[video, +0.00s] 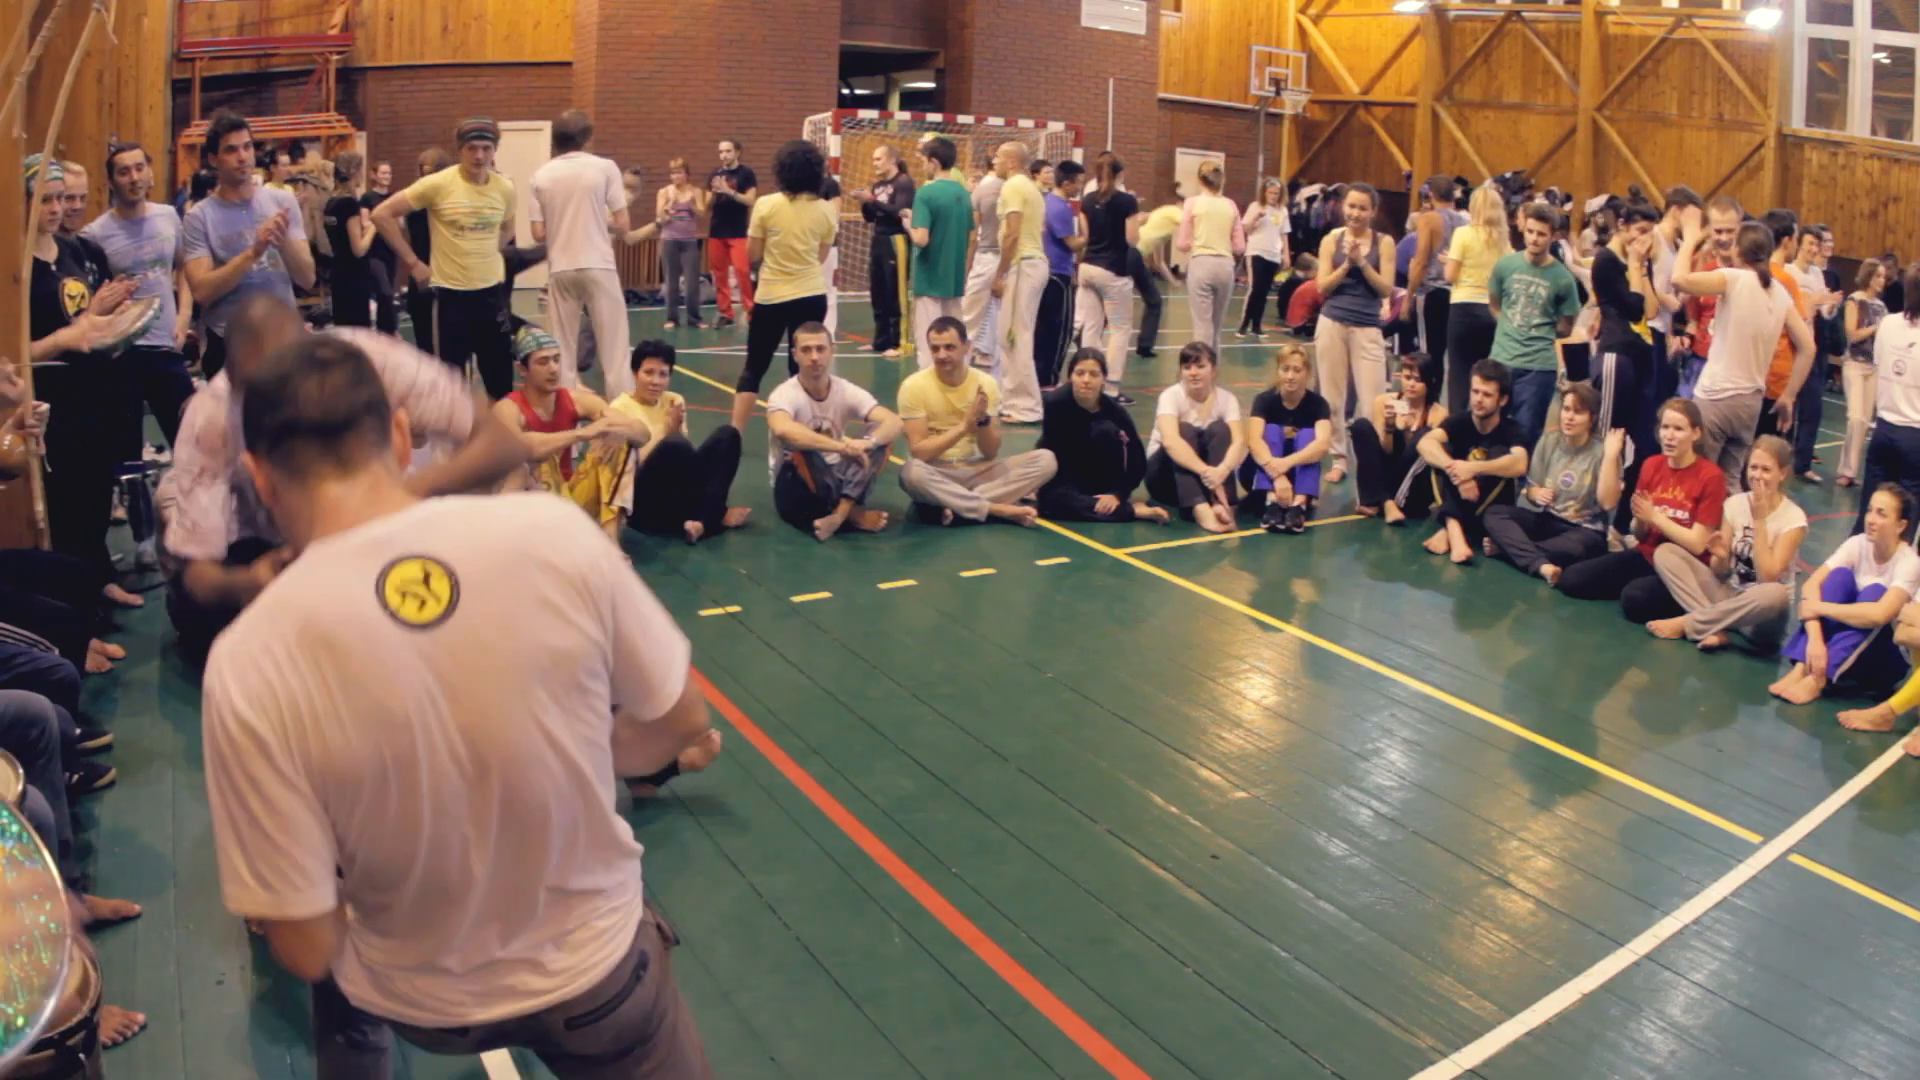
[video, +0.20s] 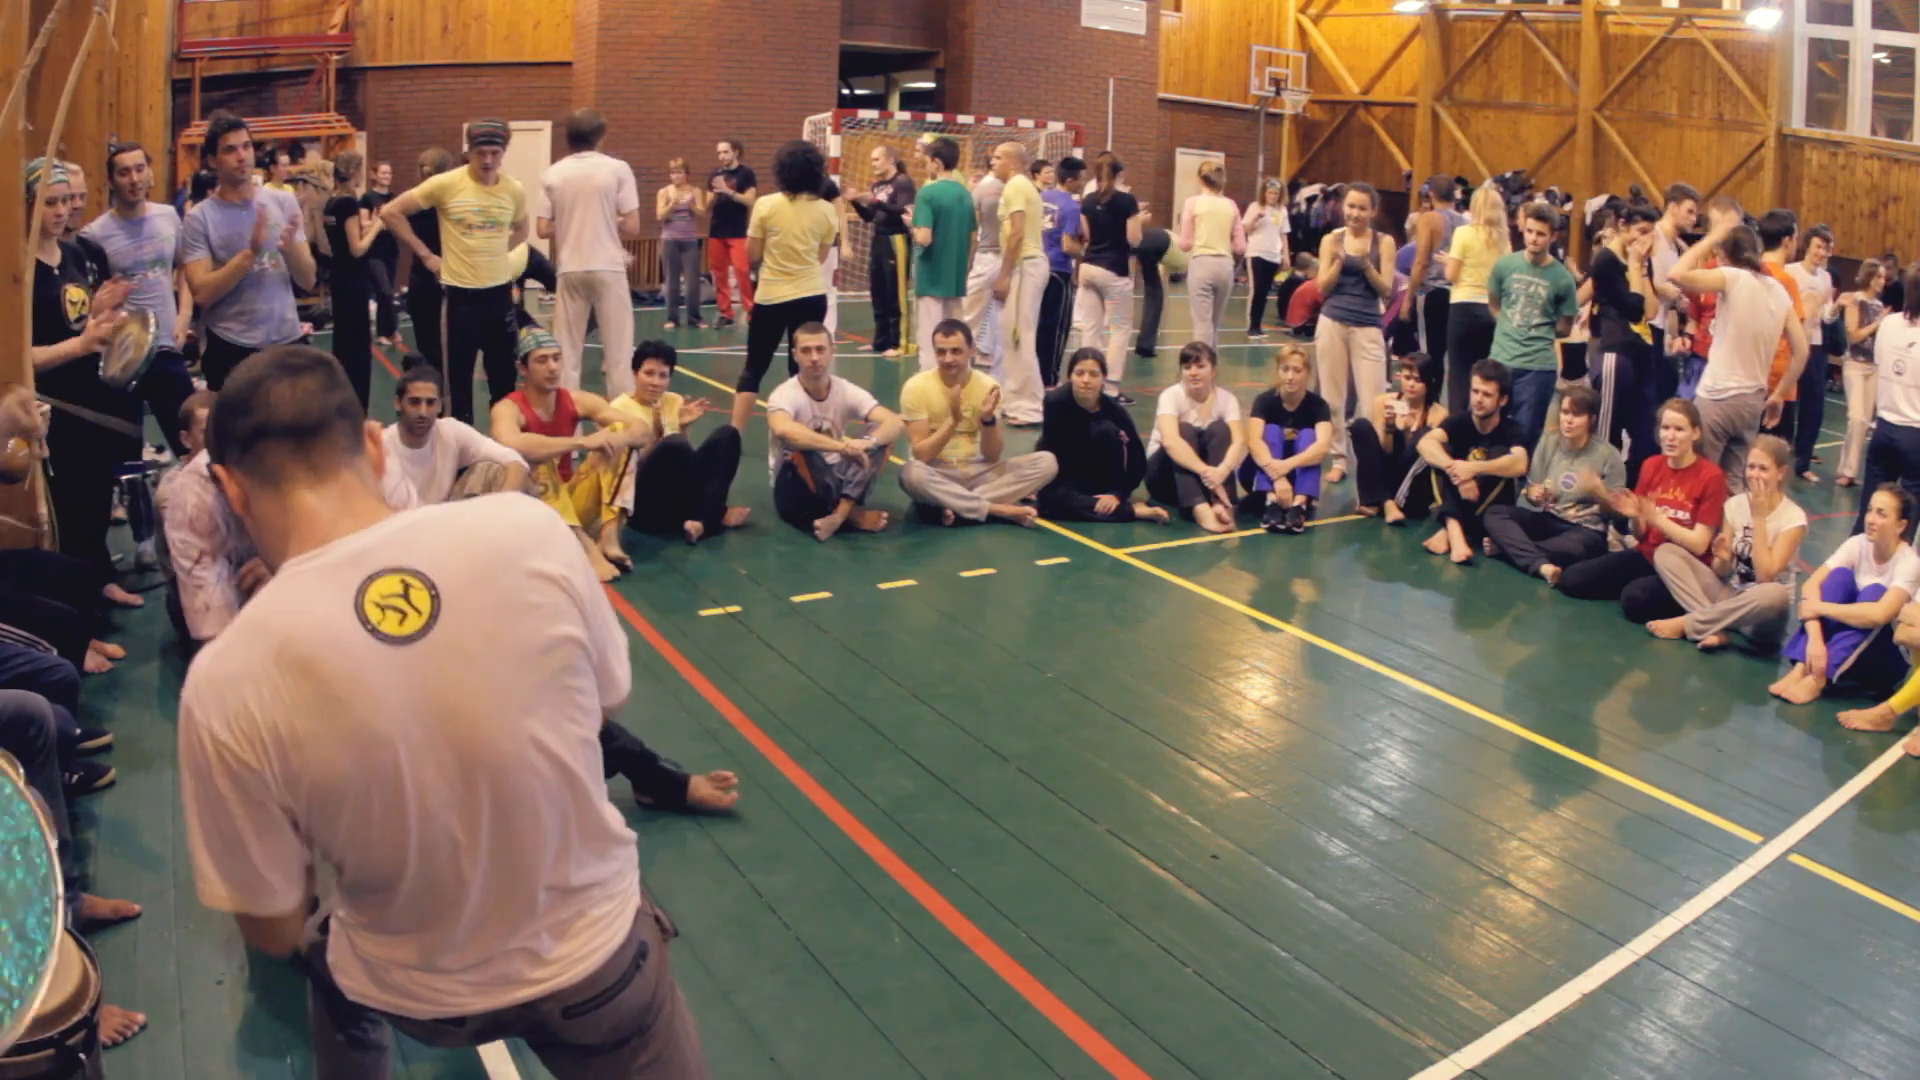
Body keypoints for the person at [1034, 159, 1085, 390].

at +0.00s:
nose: (1080, 187)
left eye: (1080, 183)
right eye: (1078, 182)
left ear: (1064, 181)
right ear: (1066, 182)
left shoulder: (1050, 201)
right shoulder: (1059, 207)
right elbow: (1071, 242)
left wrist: (1079, 239)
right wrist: (1085, 237)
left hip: (1050, 268)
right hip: (1058, 272)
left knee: (1046, 328)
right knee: (1058, 329)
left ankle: (1042, 377)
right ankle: (1048, 379)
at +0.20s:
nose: (1082, 183)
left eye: (1083, 178)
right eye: (1081, 178)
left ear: (1059, 175)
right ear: (1074, 178)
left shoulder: (1042, 196)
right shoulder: (1070, 205)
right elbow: (1067, 245)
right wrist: (1083, 250)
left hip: (1037, 262)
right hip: (1058, 269)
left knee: (1037, 322)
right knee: (1055, 326)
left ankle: (1032, 373)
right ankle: (1049, 378)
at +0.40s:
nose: (1083, 184)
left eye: (1083, 180)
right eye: (1081, 180)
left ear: (1059, 178)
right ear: (1074, 181)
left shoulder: (1044, 198)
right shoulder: (1068, 209)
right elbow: (1066, 247)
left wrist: (1073, 242)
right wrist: (1082, 247)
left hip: (1040, 265)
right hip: (1060, 271)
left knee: (1040, 324)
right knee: (1060, 328)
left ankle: (1035, 372)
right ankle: (1050, 377)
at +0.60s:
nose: (1081, 180)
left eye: (1080, 176)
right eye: (1079, 176)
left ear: (1057, 175)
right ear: (1072, 177)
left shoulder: (1041, 197)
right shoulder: (1069, 205)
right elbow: (1076, 244)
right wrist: (1086, 251)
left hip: (1037, 262)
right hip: (1058, 268)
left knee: (1038, 319)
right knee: (1057, 324)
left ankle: (1034, 371)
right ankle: (1049, 375)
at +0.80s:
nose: (1077, 180)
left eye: (1076, 175)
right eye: (1075, 176)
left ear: (1053, 176)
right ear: (1068, 178)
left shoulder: (1039, 197)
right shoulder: (1069, 206)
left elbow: (1031, 231)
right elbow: (1065, 243)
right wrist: (1077, 263)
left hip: (1035, 264)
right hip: (1057, 269)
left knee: (1035, 320)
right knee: (1055, 325)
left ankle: (1030, 372)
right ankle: (1048, 376)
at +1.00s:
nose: (1074, 179)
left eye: (1073, 174)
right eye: (1071, 174)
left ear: (1052, 177)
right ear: (1059, 177)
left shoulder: (1039, 197)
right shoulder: (1058, 203)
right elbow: (1060, 242)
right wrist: (1073, 261)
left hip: (1036, 264)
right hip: (1052, 269)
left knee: (1041, 323)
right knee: (1054, 325)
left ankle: (1041, 374)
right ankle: (1048, 377)